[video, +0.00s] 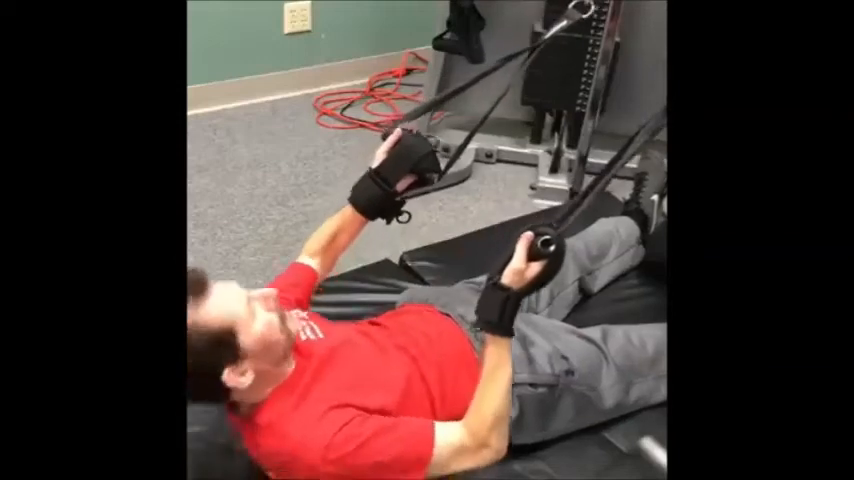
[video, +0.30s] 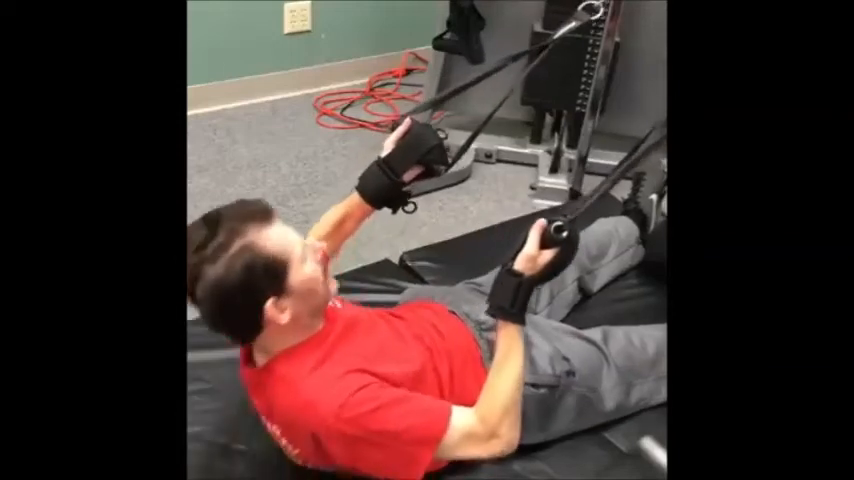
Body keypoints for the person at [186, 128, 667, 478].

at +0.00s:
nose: (267, 298)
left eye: (248, 294)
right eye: (250, 312)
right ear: (241, 377)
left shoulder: (265, 321)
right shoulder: (309, 443)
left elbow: (315, 259)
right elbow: (482, 443)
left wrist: (374, 190)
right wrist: (503, 308)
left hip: (438, 308)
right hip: (498, 374)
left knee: (551, 262)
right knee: (642, 355)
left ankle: (633, 225)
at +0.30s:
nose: (320, 249)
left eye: (307, 244)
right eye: (305, 257)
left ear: (276, 306)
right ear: (278, 310)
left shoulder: (278, 312)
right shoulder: (338, 411)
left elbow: (320, 247)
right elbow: (493, 435)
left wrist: (377, 184)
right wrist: (514, 302)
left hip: (455, 307)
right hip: (508, 375)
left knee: (594, 238)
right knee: (653, 351)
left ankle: (635, 223)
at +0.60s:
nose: (362, 210)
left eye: (352, 201)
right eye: (350, 210)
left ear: (310, 253)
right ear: (322, 256)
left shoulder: (275, 283)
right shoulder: (357, 368)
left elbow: (324, 235)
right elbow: (505, 425)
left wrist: (387, 171)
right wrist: (531, 284)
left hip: (444, 306)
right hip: (504, 375)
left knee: (548, 266)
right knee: (656, 351)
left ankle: (633, 221)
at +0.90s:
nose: (413, 181)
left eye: (409, 170)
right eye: (407, 175)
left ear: (321, 194)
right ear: (377, 207)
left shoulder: (299, 238)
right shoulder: (397, 327)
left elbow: (345, 191)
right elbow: (521, 420)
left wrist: (399, 148)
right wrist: (551, 283)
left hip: (458, 305)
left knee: (556, 258)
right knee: (660, 349)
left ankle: (634, 223)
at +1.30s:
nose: (471, 166)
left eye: (469, 153)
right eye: (470, 155)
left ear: (386, 156)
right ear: (446, 168)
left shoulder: (336, 209)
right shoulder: (437, 284)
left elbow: (362, 178)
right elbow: (543, 412)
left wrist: (424, 144)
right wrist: (585, 275)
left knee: (547, 260)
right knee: (661, 349)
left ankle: (625, 231)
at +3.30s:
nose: (522, 154)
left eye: (527, 142)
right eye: (526, 141)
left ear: (445, 118)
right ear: (506, 140)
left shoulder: (371, 180)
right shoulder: (484, 242)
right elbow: (581, 376)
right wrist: (619, 251)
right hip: (481, 408)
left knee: (607, 231)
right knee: (664, 349)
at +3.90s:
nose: (477, 163)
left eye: (478, 151)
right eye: (476, 152)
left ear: (392, 151)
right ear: (448, 165)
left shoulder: (344, 201)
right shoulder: (446, 275)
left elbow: (392, 169)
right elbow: (562, 390)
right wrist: (600, 265)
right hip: (478, 405)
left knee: (551, 261)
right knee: (662, 347)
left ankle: (628, 223)